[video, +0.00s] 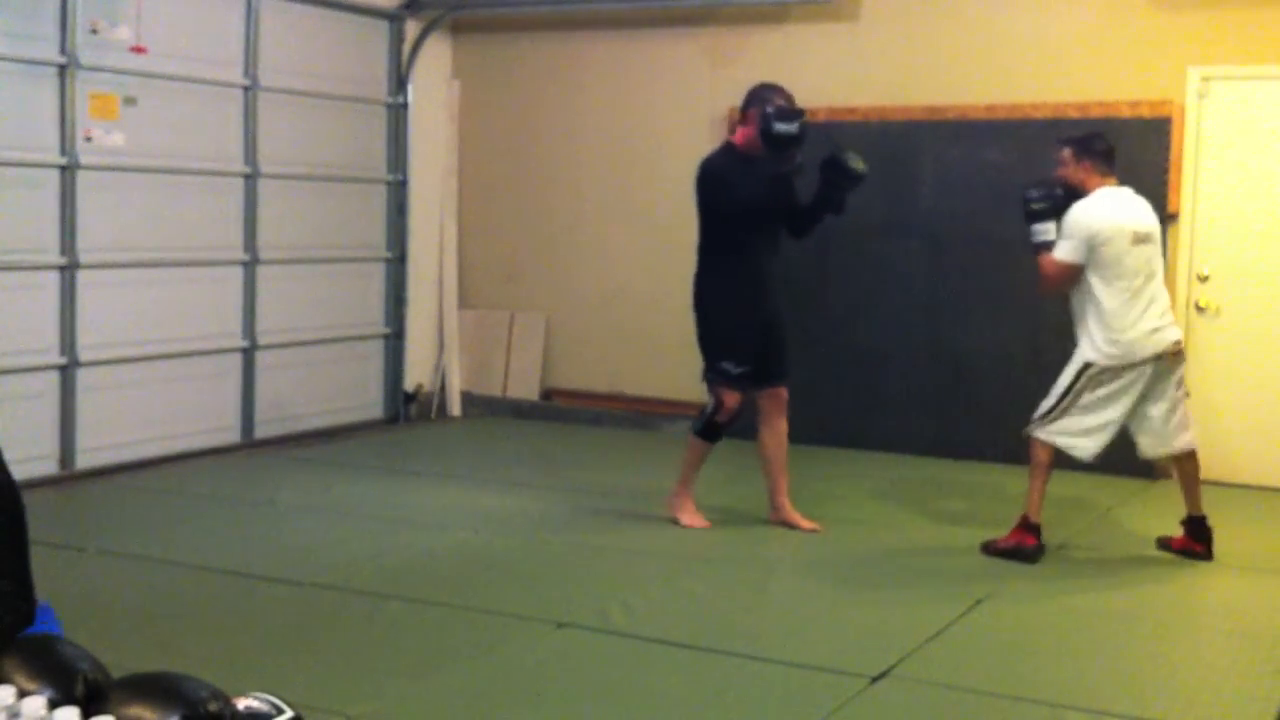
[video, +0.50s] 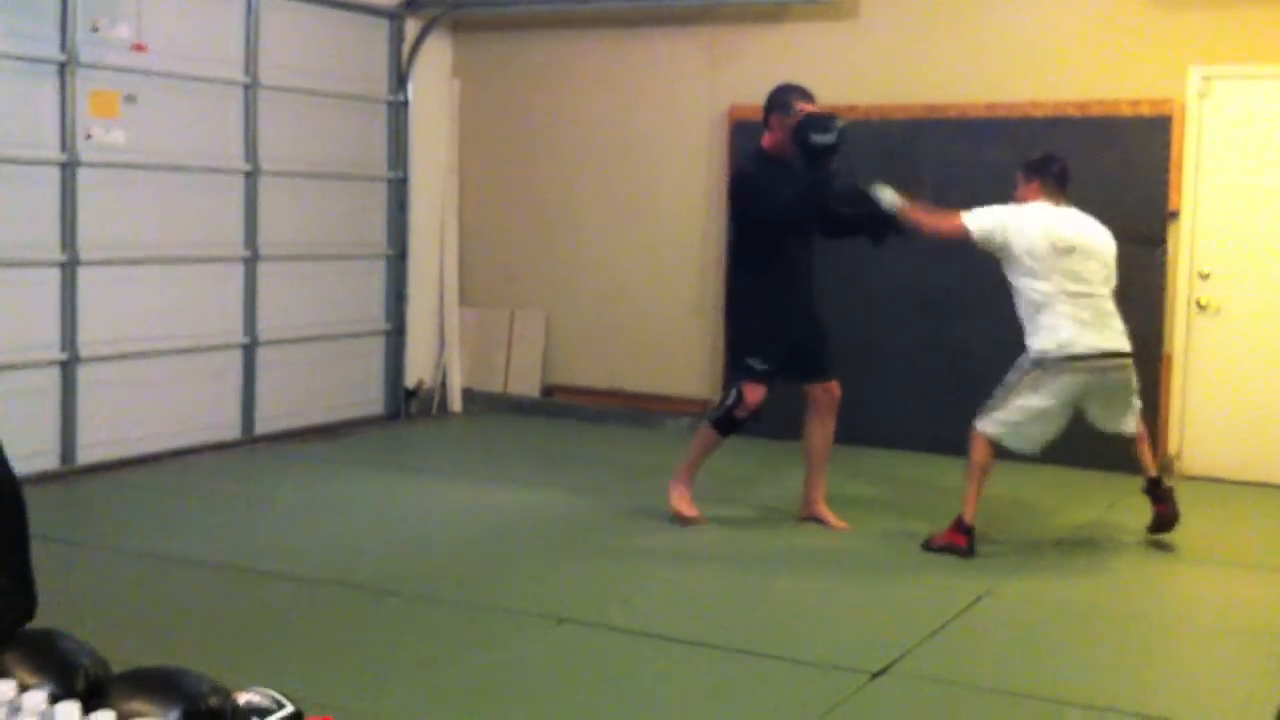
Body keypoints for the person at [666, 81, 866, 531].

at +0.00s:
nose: (777, 139)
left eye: (783, 130)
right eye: (771, 129)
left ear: (783, 127)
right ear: (749, 120)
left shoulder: (771, 168)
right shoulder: (717, 169)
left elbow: (797, 226)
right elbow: (744, 220)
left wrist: (832, 189)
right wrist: (777, 162)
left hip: (760, 291)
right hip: (720, 293)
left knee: (775, 396)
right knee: (728, 399)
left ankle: (780, 505)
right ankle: (681, 496)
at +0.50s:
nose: (809, 134)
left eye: (812, 125)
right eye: (801, 124)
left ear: (811, 125)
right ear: (774, 123)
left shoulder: (804, 169)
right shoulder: (752, 174)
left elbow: (826, 221)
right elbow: (786, 221)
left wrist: (877, 220)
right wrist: (818, 168)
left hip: (796, 298)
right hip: (754, 299)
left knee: (825, 392)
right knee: (748, 396)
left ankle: (814, 502)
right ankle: (682, 481)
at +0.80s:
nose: (774, 142)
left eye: (777, 133)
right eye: (766, 133)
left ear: (775, 134)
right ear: (741, 133)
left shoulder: (776, 178)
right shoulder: (725, 186)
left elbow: (799, 226)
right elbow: (767, 229)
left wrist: (844, 233)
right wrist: (784, 174)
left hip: (776, 303)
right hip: (732, 305)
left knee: (809, 398)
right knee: (716, 407)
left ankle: (808, 503)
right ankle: (660, 490)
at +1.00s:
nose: (751, 146)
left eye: (755, 138)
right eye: (743, 138)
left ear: (755, 139)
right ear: (719, 138)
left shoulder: (750, 183)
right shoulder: (701, 189)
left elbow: (772, 234)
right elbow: (744, 232)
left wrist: (815, 244)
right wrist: (762, 178)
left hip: (748, 309)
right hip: (706, 312)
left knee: (787, 399)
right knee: (696, 409)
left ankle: (799, 504)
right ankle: (650, 500)